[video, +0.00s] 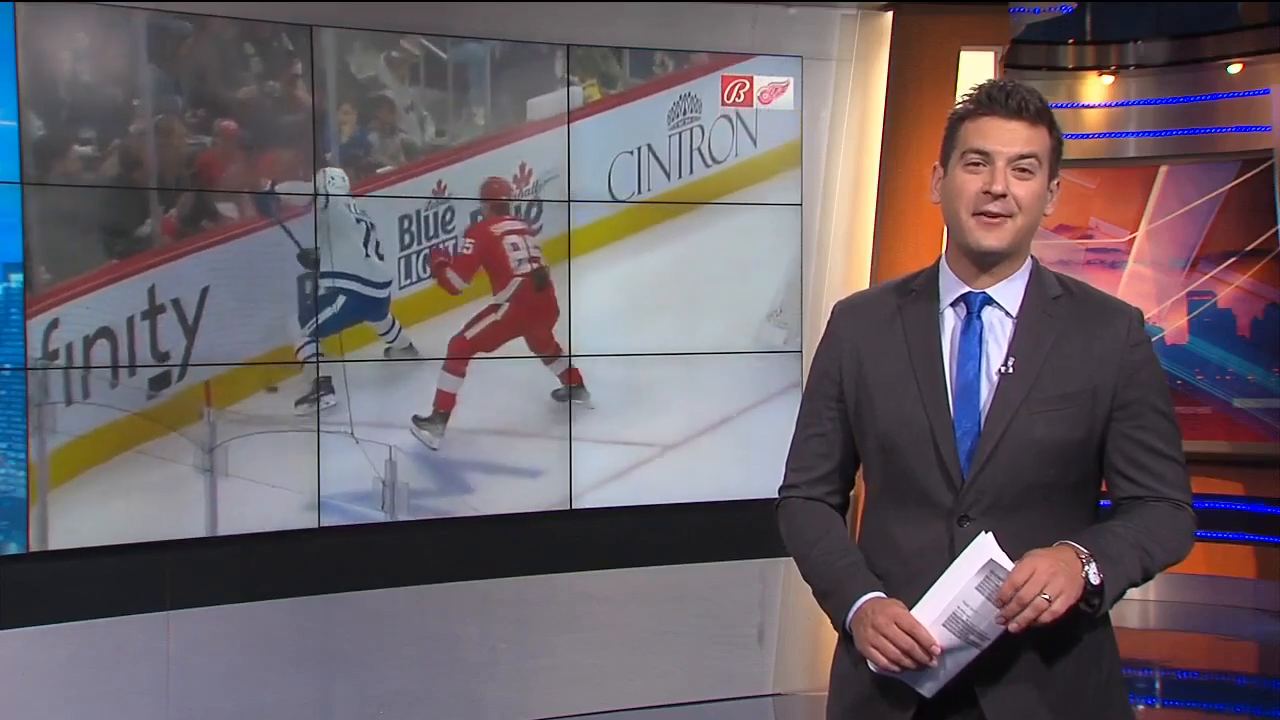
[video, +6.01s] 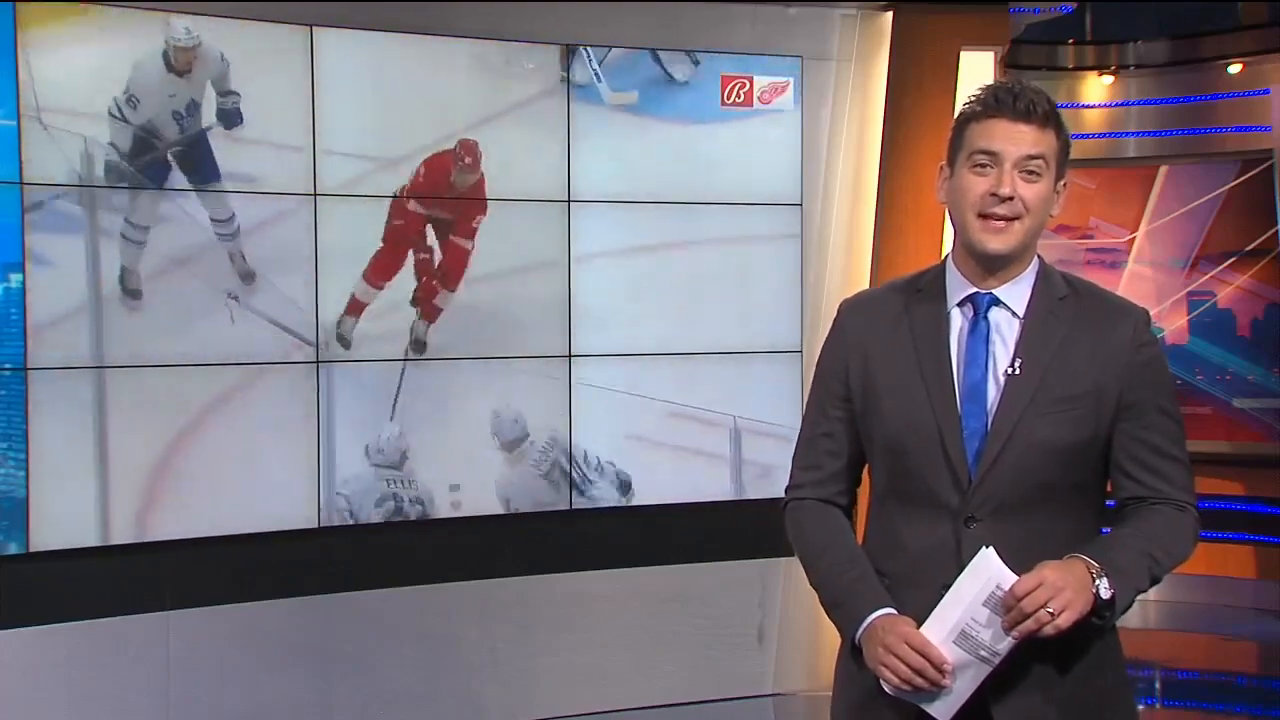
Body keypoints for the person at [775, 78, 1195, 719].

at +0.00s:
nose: (997, 186)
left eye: (1022, 169)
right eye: (975, 163)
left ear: (1050, 195)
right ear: (939, 183)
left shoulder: (1112, 334)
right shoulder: (858, 327)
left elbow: (1163, 510)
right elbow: (807, 497)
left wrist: (1084, 560)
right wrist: (859, 603)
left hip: (1048, 689)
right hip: (886, 687)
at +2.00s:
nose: (997, 193)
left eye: (1022, 175)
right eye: (976, 169)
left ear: (1050, 196)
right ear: (940, 185)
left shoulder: (1114, 336)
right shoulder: (862, 327)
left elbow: (1161, 510)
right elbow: (813, 500)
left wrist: (1089, 568)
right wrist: (866, 617)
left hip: (1051, 690)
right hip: (889, 688)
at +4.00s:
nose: (999, 196)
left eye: (1024, 176)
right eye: (976, 173)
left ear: (1053, 196)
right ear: (942, 190)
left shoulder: (1120, 336)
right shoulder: (869, 326)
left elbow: (1164, 510)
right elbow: (820, 497)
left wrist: (1094, 573)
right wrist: (873, 617)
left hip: (1056, 689)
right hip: (895, 685)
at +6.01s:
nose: (1003, 189)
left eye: (1029, 172)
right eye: (982, 165)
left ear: (1056, 196)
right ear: (945, 183)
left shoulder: (1118, 335)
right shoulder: (865, 325)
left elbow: (1166, 509)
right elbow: (813, 498)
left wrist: (1094, 572)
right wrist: (869, 619)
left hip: (1056, 692)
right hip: (892, 688)